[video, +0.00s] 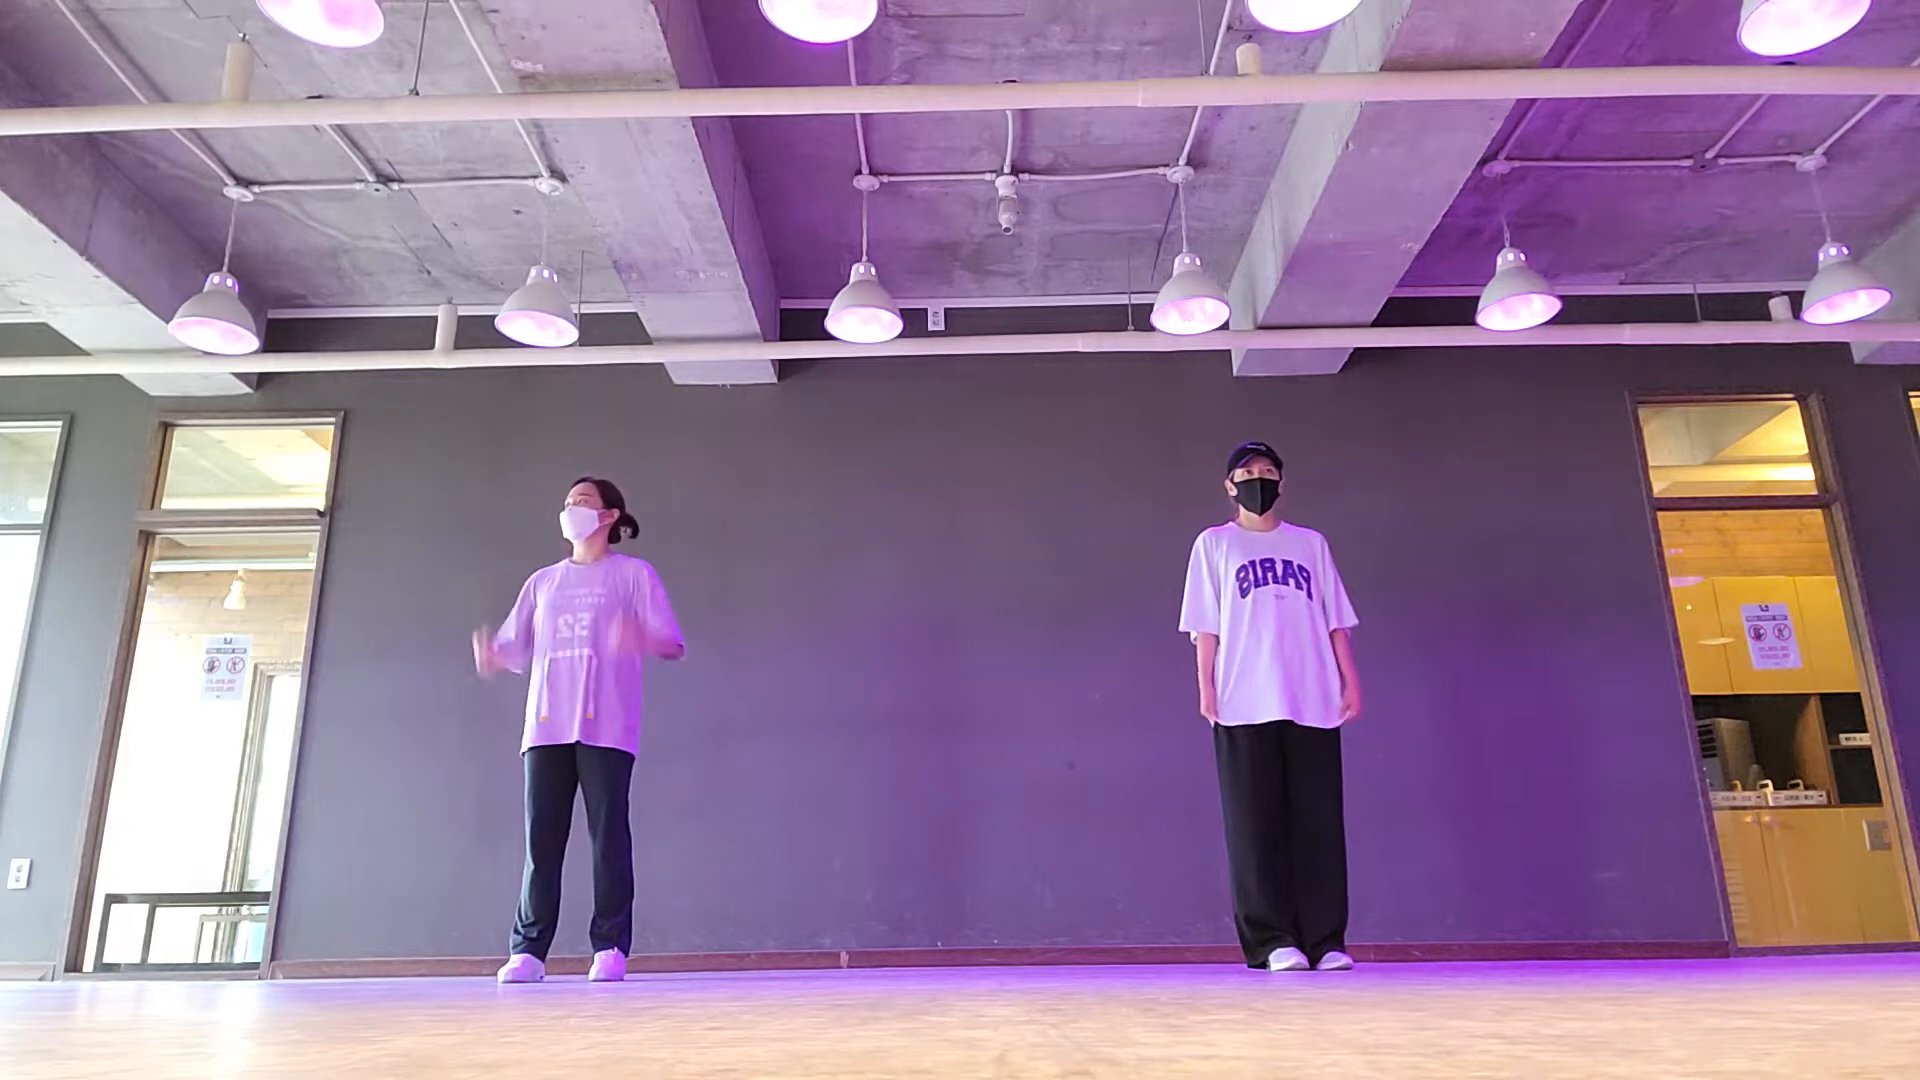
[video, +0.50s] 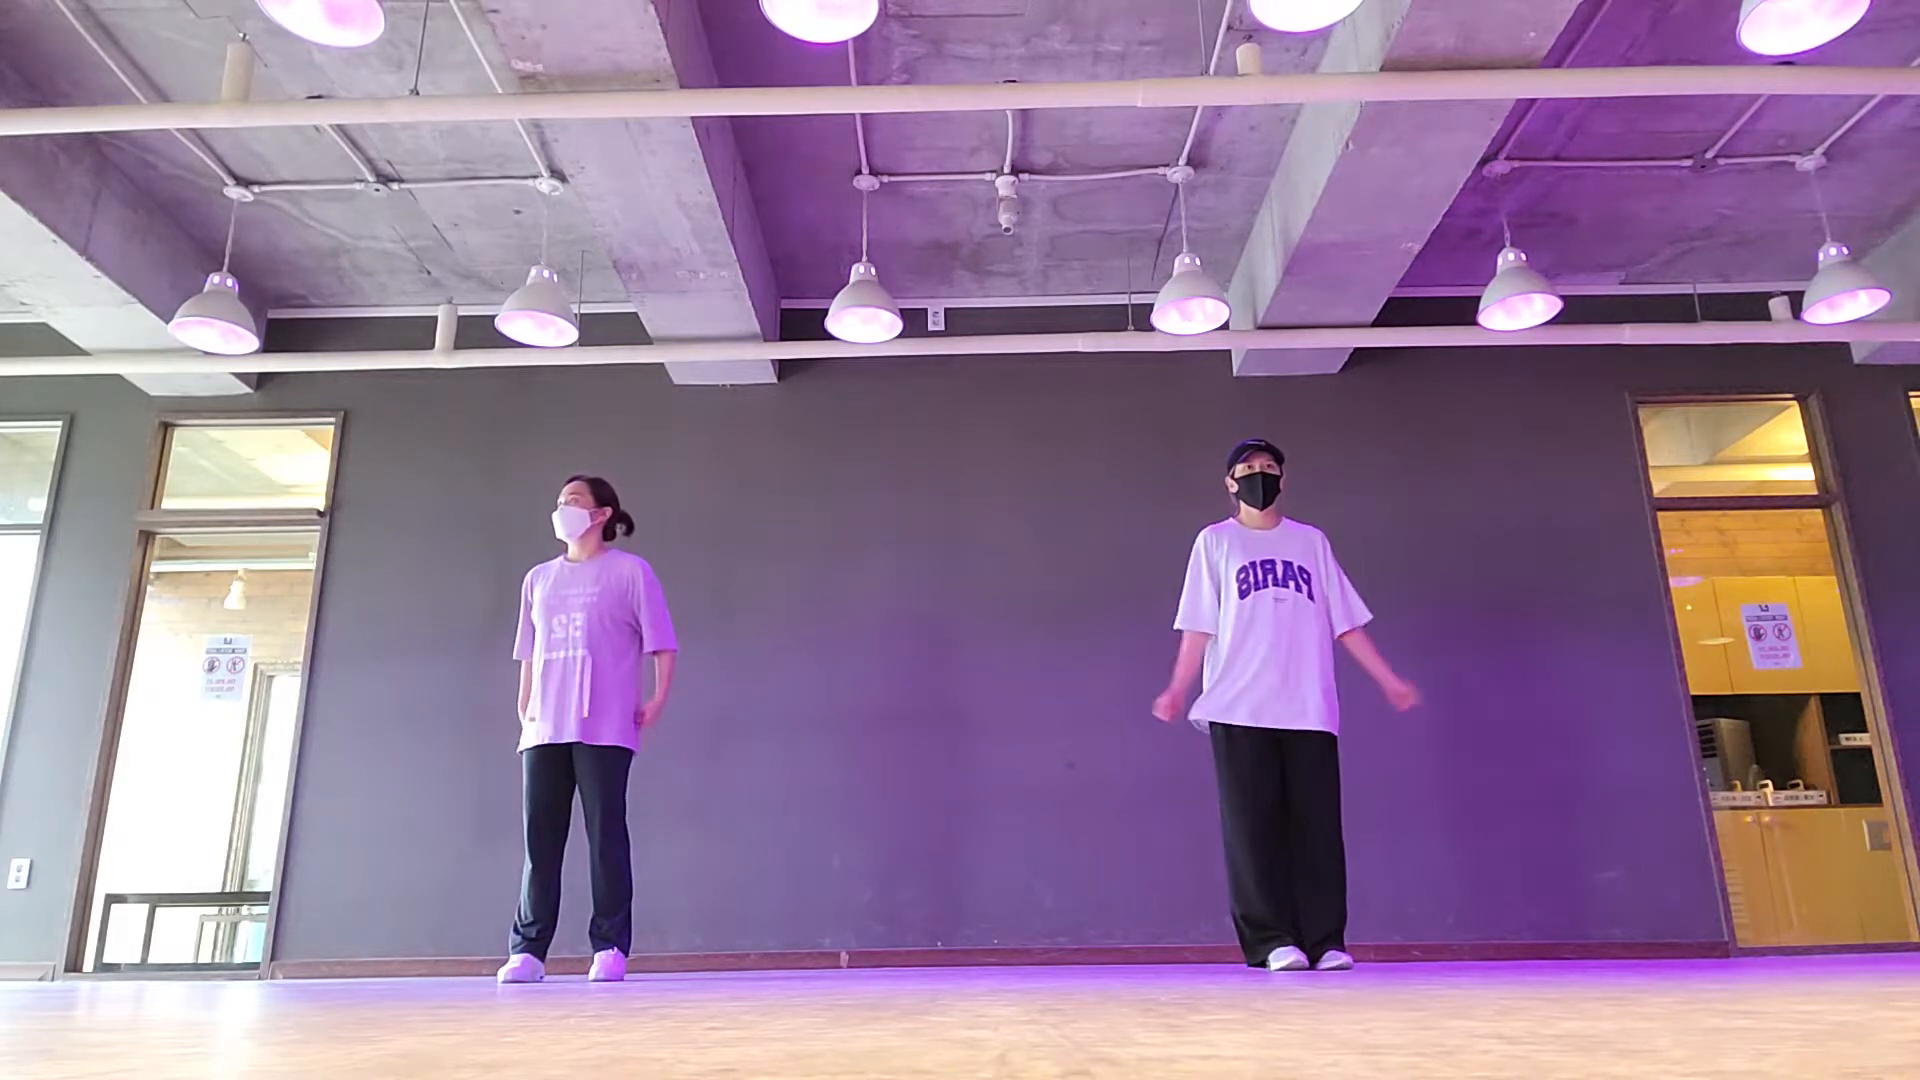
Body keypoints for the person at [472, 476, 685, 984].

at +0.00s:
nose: (573, 510)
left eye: (585, 503)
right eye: (569, 503)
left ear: (611, 518)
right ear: (561, 518)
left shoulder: (636, 576)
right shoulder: (540, 582)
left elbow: (674, 645)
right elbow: (518, 652)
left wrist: (639, 636)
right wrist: (494, 655)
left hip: (607, 725)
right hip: (546, 725)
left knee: (608, 840)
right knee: (541, 841)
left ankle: (610, 949)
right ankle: (527, 952)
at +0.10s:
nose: (572, 508)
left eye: (584, 502)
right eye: (568, 502)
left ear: (609, 518)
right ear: (561, 518)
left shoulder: (634, 575)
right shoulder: (540, 582)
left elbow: (664, 651)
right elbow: (522, 656)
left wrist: (645, 701)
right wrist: (510, 704)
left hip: (605, 724)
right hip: (544, 724)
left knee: (607, 839)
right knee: (540, 841)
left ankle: (610, 948)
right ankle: (528, 951)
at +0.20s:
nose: (571, 505)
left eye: (583, 499)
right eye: (567, 499)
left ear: (607, 517)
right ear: (559, 517)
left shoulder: (632, 573)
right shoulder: (539, 581)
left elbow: (663, 646)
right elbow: (534, 656)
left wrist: (661, 703)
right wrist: (526, 715)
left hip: (605, 722)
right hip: (543, 722)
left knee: (606, 837)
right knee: (539, 838)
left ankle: (610, 948)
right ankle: (528, 951)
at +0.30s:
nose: (568, 504)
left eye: (581, 498)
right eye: (565, 498)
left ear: (606, 516)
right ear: (557, 516)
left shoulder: (632, 573)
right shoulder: (539, 580)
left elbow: (663, 645)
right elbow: (535, 654)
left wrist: (663, 701)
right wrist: (528, 711)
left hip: (605, 722)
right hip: (544, 722)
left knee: (605, 837)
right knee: (539, 839)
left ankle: (610, 948)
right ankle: (527, 951)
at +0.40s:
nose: (565, 507)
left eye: (578, 500)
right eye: (563, 500)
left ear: (604, 515)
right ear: (556, 516)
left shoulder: (631, 572)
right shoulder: (538, 579)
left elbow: (663, 645)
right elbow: (531, 655)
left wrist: (658, 701)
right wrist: (527, 708)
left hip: (605, 722)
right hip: (544, 723)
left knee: (606, 837)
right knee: (539, 839)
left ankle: (610, 948)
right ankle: (527, 950)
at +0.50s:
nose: (564, 508)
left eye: (576, 501)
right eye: (562, 501)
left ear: (603, 515)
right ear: (555, 516)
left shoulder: (631, 572)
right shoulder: (538, 579)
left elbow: (663, 643)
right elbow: (530, 656)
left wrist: (658, 700)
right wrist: (525, 713)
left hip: (605, 722)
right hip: (544, 723)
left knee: (606, 837)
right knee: (539, 839)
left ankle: (610, 948)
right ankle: (527, 950)